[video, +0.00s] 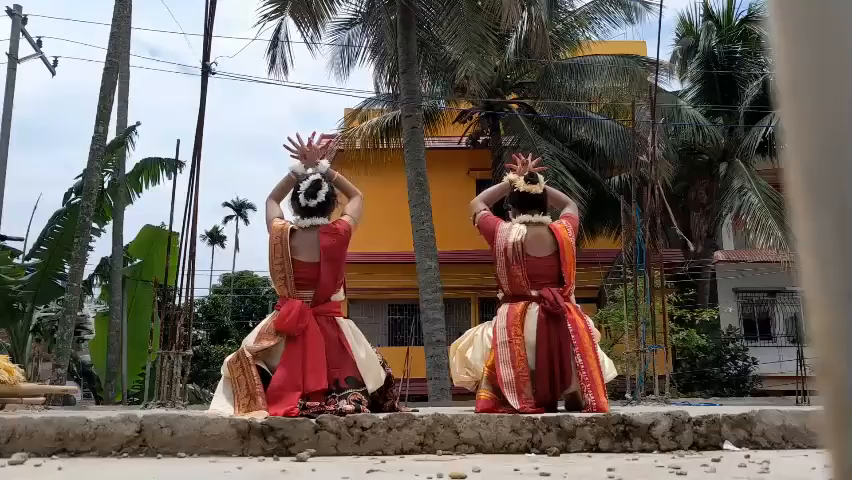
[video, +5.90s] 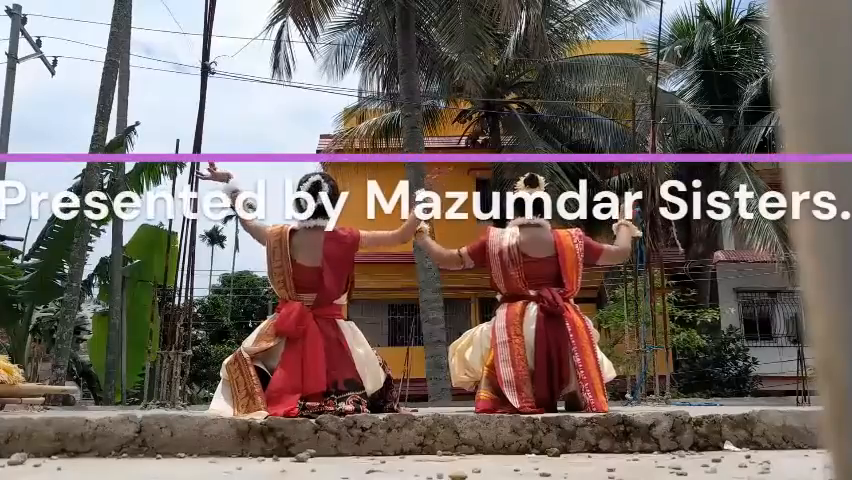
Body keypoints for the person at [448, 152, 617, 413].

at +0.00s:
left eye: (509, 207)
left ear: (511, 209)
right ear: (546, 207)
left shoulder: (502, 234)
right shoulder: (563, 232)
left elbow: (477, 203)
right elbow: (569, 204)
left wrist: (511, 182)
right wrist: (538, 185)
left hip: (516, 319)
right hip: (562, 318)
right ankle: (575, 394)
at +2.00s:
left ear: (512, 210)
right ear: (545, 207)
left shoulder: (503, 233)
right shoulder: (563, 232)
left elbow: (480, 201)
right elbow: (569, 204)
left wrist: (509, 182)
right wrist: (542, 187)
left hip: (518, 317)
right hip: (561, 316)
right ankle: (573, 392)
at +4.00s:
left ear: (510, 206)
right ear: (544, 204)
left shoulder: (502, 233)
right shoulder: (562, 231)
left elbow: (479, 197)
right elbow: (566, 200)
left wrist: (505, 171)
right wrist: (540, 176)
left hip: (517, 320)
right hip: (562, 319)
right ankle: (575, 395)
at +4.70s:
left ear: (514, 207)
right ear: (546, 207)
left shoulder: (501, 233)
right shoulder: (564, 232)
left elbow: (462, 219)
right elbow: (595, 209)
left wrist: (467, 184)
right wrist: (568, 180)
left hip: (514, 316)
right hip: (559, 315)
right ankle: (579, 397)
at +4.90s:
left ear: (510, 207)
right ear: (544, 207)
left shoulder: (495, 236)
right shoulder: (566, 234)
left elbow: (446, 222)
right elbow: (605, 221)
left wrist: (447, 192)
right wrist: (593, 192)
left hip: (512, 325)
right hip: (561, 323)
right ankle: (575, 394)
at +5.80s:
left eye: (515, 204)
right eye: (537, 202)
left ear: (511, 209)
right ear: (547, 207)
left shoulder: (494, 240)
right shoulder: (569, 238)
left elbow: (442, 252)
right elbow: (619, 245)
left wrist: (426, 226)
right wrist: (616, 216)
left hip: (512, 328)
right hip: (563, 326)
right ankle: (578, 395)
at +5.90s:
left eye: (522, 201)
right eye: (536, 201)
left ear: (511, 206)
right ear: (547, 205)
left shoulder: (493, 240)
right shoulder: (570, 240)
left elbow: (452, 260)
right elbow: (620, 253)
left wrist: (423, 239)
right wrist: (624, 227)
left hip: (511, 330)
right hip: (565, 327)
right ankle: (578, 400)